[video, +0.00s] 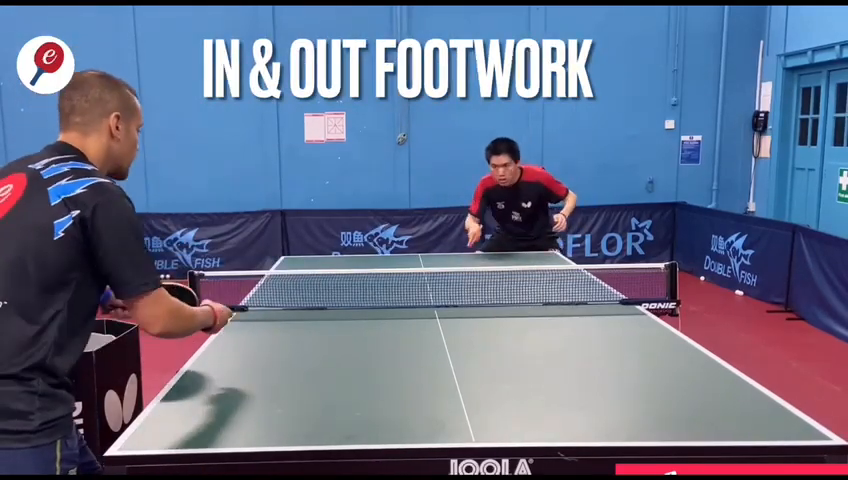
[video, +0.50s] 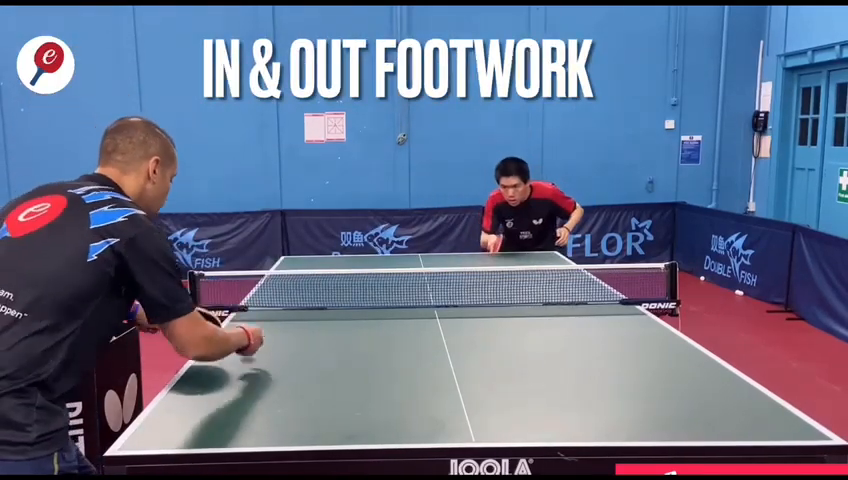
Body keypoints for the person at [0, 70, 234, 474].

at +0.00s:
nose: (137, 146)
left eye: (139, 133)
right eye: (137, 132)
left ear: (67, 123)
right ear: (114, 126)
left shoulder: (12, 174)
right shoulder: (99, 195)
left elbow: (26, 289)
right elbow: (157, 318)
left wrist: (102, 302)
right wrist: (209, 315)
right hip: (28, 429)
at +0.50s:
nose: (166, 198)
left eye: (171, 184)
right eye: (170, 182)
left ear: (106, 160)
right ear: (152, 170)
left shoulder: (35, 199)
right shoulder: (133, 227)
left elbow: (54, 299)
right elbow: (196, 343)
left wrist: (138, 315)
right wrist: (239, 337)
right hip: (23, 432)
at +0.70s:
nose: (173, 213)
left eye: (178, 199)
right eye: (178, 197)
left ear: (115, 176)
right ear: (162, 186)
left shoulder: (52, 211)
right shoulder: (128, 237)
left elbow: (94, 294)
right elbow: (183, 360)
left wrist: (178, 308)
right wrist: (231, 351)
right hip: (18, 425)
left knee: (89, 469)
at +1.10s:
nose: (141, 156)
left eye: (143, 143)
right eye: (142, 143)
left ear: (70, 136)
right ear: (125, 141)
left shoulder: (18, 187)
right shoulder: (92, 219)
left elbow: (54, 283)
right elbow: (135, 351)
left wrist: (147, 295)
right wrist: (194, 344)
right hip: (26, 442)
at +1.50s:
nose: (133, 158)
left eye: (136, 145)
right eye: (134, 143)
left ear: (60, 130)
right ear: (114, 135)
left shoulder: (10, 179)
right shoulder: (81, 205)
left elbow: (22, 310)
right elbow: (89, 353)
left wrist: (108, 327)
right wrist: (144, 373)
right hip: (14, 440)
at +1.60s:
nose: (150, 179)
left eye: (154, 165)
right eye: (151, 162)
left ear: (79, 143)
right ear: (126, 150)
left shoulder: (16, 189)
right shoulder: (76, 209)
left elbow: (36, 317)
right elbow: (61, 354)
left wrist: (138, 333)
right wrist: (120, 378)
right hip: (11, 438)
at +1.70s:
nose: (158, 182)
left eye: (160, 167)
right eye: (157, 164)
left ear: (127, 153)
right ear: (128, 152)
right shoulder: (59, 209)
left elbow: (116, 302)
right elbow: (25, 346)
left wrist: (218, 319)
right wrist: (96, 378)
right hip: (11, 441)